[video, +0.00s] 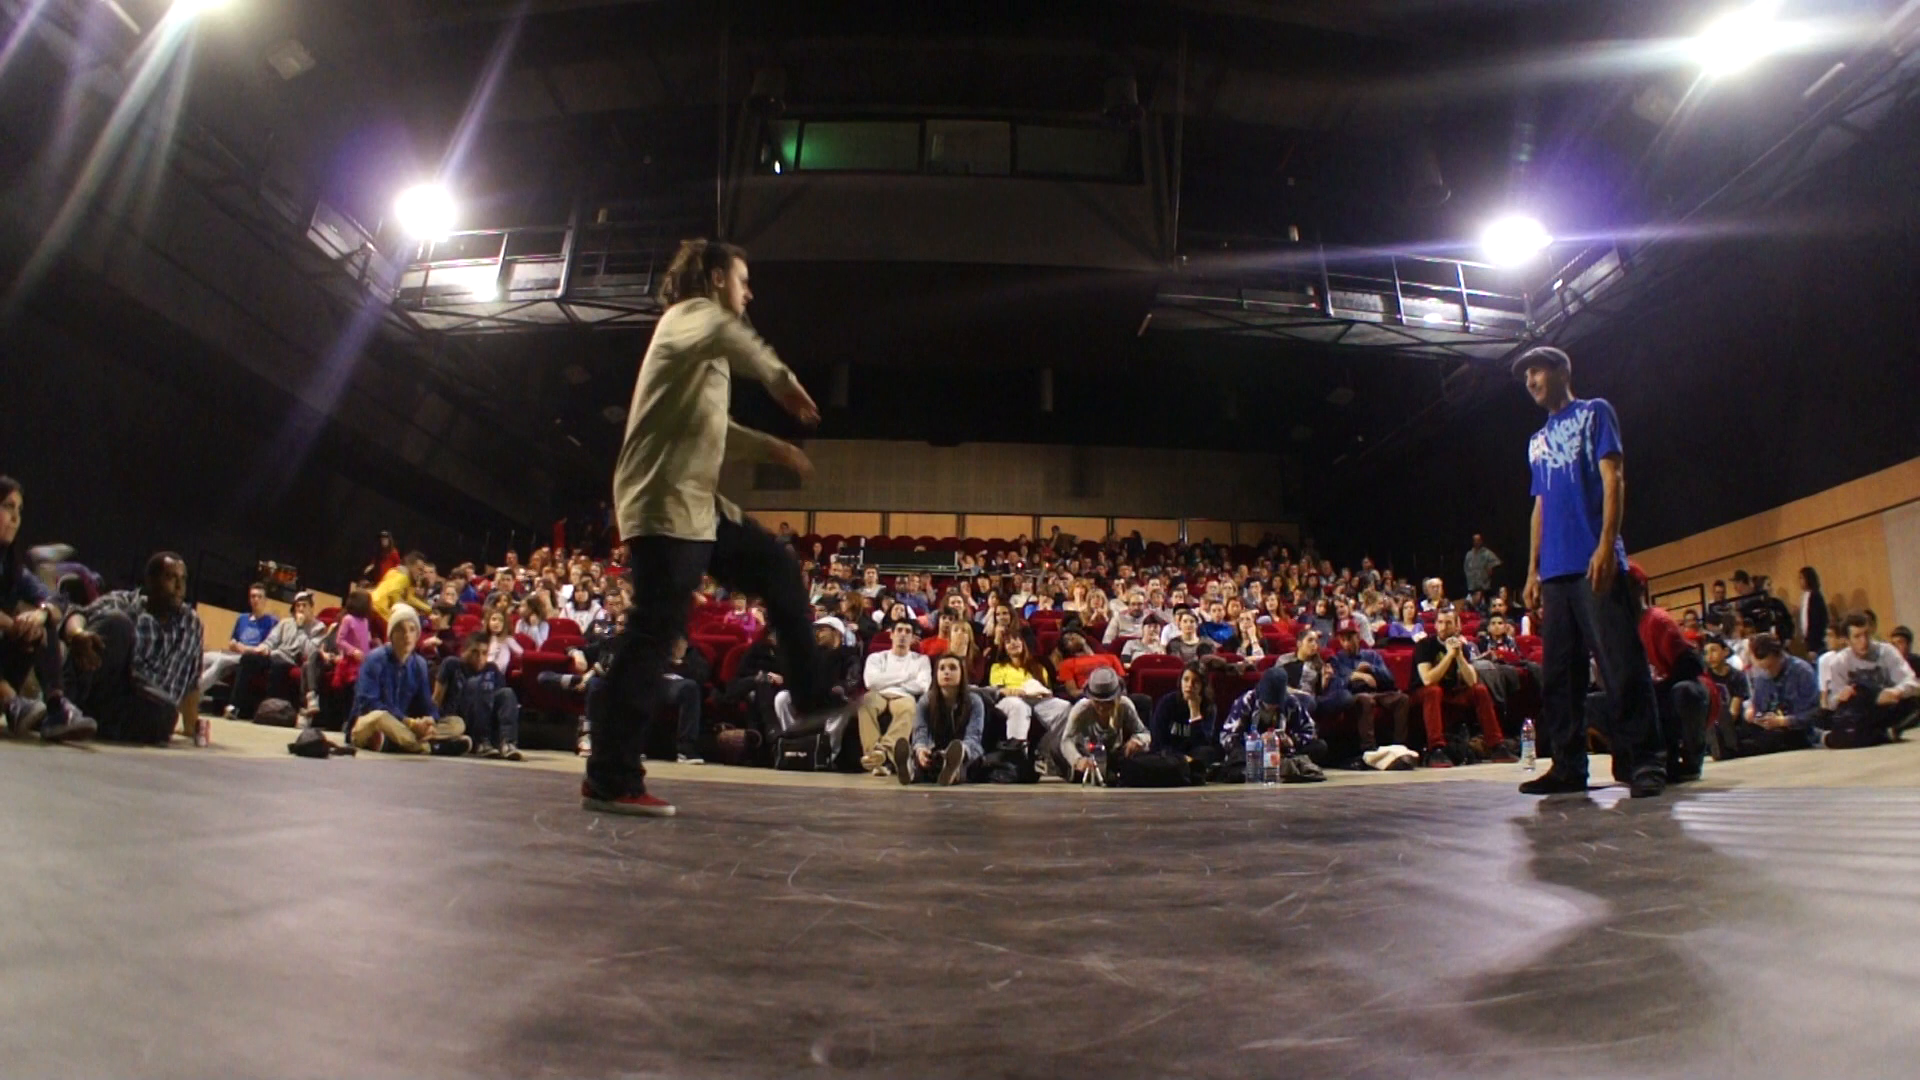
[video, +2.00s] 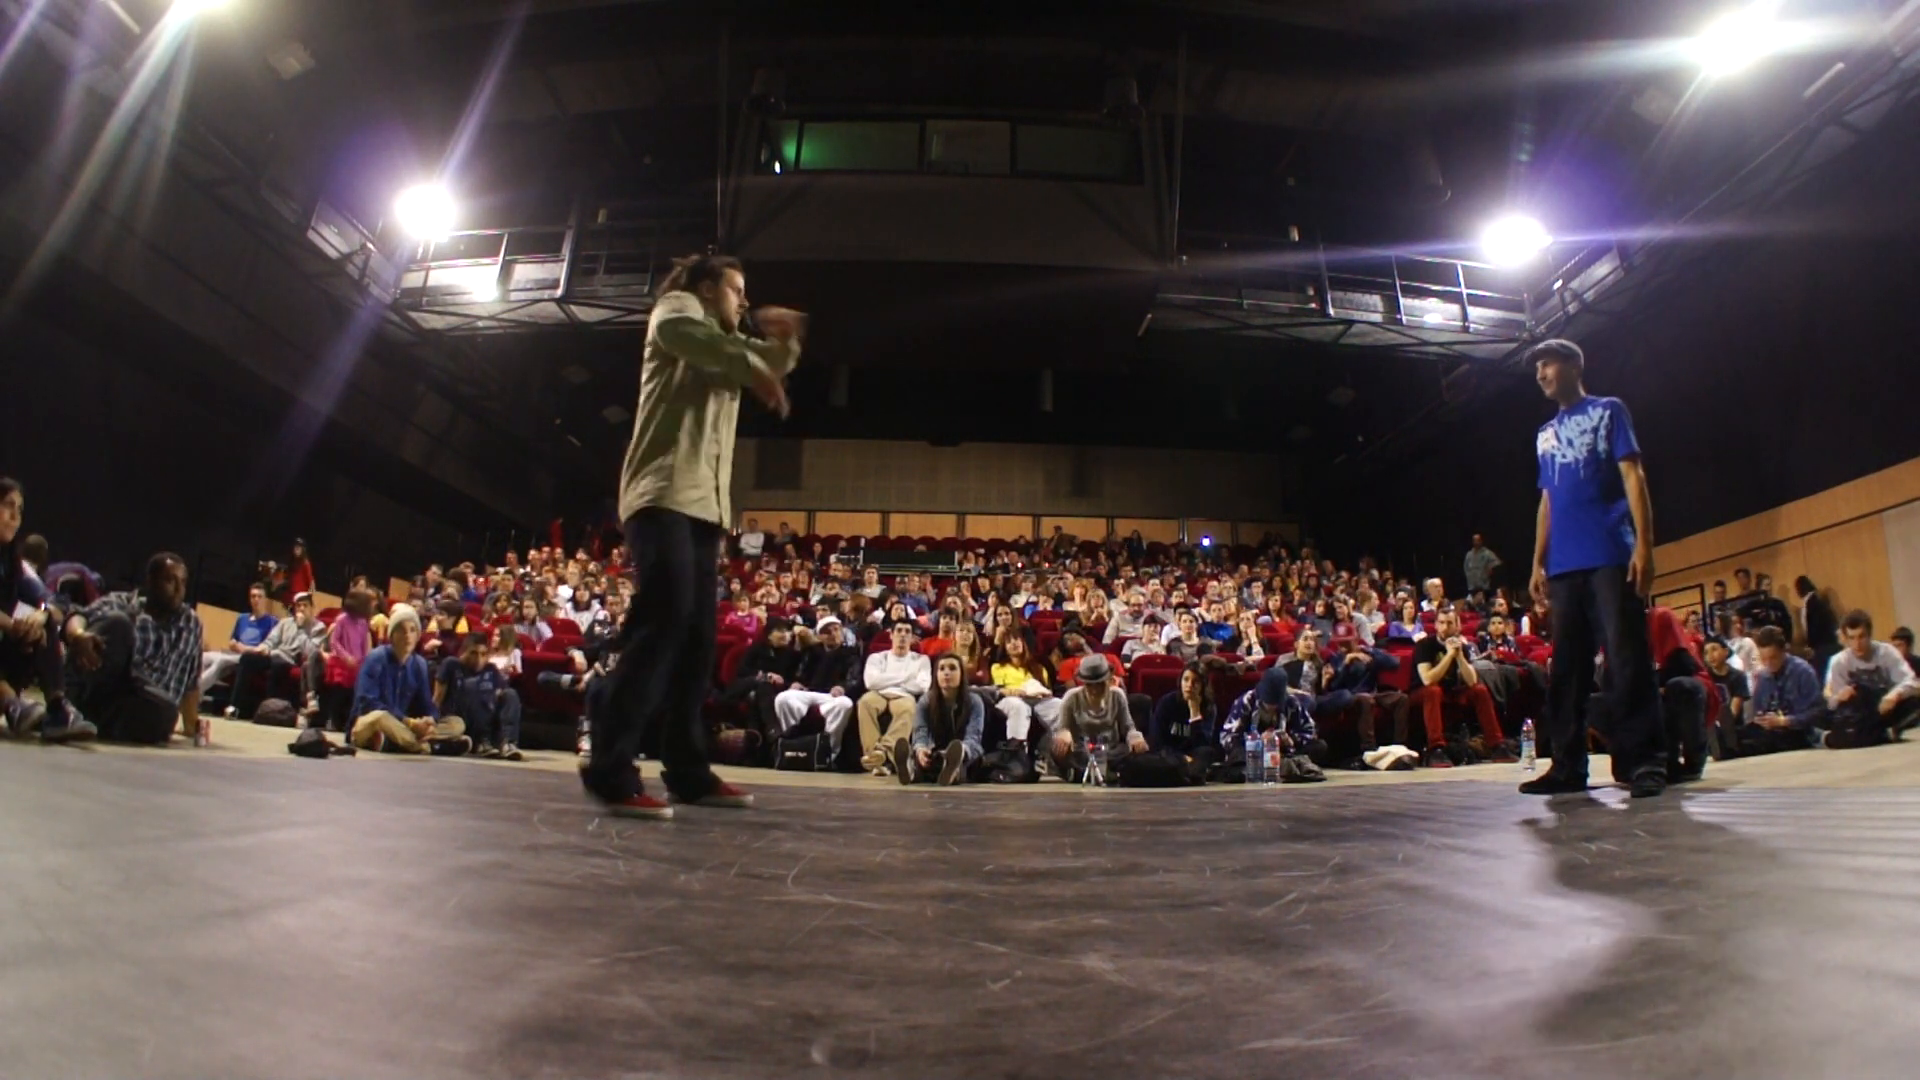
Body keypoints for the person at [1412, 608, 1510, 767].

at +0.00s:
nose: (1443, 627)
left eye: (1448, 623)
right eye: (1440, 623)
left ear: (1457, 626)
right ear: (1435, 625)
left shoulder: (1462, 646)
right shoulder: (1424, 645)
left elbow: (1471, 681)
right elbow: (1427, 678)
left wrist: (1459, 655)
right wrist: (1450, 655)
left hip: (1453, 692)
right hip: (1426, 692)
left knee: (1480, 691)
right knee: (1434, 691)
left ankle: (1497, 745)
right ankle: (1436, 749)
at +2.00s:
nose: (1445, 627)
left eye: (1450, 623)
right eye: (1441, 623)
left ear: (1457, 625)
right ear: (1436, 625)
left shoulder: (1463, 646)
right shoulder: (1424, 646)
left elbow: (1472, 681)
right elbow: (1427, 678)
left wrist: (1459, 654)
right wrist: (1450, 655)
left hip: (1455, 691)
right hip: (1429, 692)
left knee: (1480, 691)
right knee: (1433, 691)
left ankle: (1497, 745)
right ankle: (1436, 749)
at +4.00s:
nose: (1445, 628)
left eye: (1449, 624)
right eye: (1441, 623)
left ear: (1456, 626)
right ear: (1435, 624)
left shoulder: (1461, 646)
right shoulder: (1423, 645)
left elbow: (1471, 681)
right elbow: (1427, 679)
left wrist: (1458, 655)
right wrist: (1450, 654)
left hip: (1454, 693)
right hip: (1427, 694)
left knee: (1480, 691)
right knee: (1433, 691)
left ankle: (1497, 745)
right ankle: (1436, 749)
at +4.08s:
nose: (1444, 628)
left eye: (1449, 624)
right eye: (1441, 623)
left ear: (1456, 627)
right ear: (1435, 624)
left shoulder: (1460, 646)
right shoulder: (1423, 645)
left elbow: (1471, 681)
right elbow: (1427, 679)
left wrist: (1459, 655)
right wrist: (1450, 655)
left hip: (1454, 692)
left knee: (1481, 691)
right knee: (1433, 691)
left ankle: (1497, 745)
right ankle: (1436, 749)